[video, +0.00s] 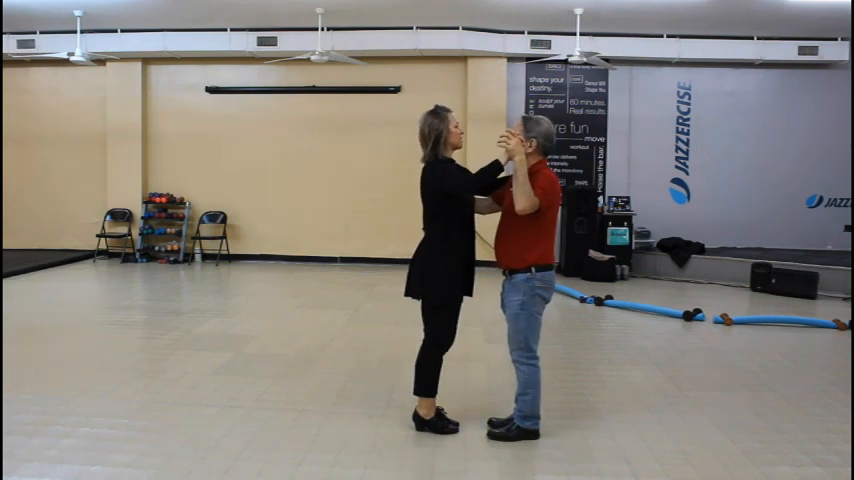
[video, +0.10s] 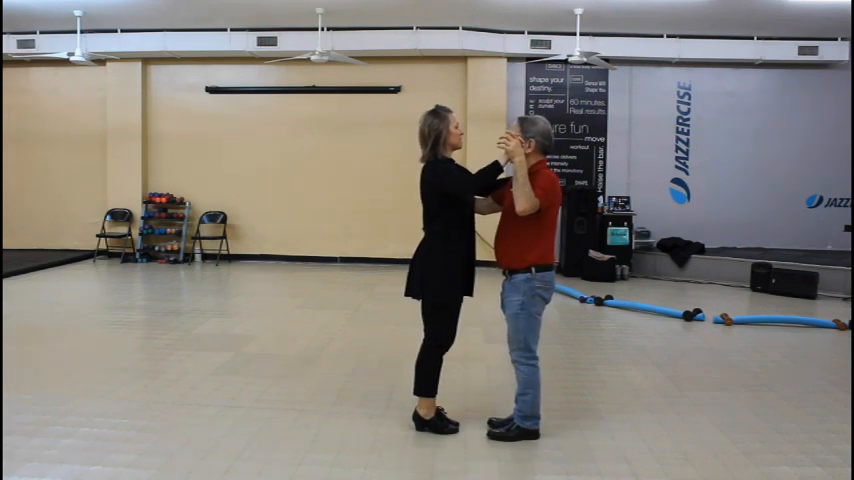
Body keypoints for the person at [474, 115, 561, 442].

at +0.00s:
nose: (509, 139)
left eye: (514, 135)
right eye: (510, 134)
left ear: (530, 144)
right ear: (529, 145)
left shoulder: (545, 178)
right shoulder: (520, 179)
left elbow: (524, 205)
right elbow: (484, 205)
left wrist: (518, 160)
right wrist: (450, 193)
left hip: (532, 277)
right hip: (517, 276)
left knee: (525, 354)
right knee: (520, 353)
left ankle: (527, 423)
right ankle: (522, 416)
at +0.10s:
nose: (508, 143)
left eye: (513, 138)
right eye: (509, 138)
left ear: (529, 145)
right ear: (528, 145)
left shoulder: (546, 178)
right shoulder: (519, 181)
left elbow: (524, 206)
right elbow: (483, 205)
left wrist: (518, 162)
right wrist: (450, 190)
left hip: (532, 277)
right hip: (517, 276)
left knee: (524, 354)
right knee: (520, 353)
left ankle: (527, 423)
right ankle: (522, 416)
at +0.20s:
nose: (506, 145)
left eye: (511, 139)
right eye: (507, 139)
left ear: (528, 145)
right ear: (528, 145)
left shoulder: (546, 178)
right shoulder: (520, 181)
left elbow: (524, 207)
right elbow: (483, 205)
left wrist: (518, 163)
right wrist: (452, 189)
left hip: (532, 277)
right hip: (517, 276)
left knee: (524, 354)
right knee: (519, 353)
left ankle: (527, 423)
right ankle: (522, 416)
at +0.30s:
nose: (505, 146)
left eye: (511, 140)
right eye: (506, 140)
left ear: (527, 145)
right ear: (527, 146)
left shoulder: (545, 178)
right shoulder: (520, 181)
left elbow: (524, 207)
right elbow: (483, 205)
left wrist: (518, 163)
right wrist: (452, 189)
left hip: (532, 277)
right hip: (517, 276)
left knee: (524, 354)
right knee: (519, 353)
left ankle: (527, 423)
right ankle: (522, 416)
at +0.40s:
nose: (505, 145)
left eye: (511, 139)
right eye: (506, 139)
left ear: (527, 145)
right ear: (527, 146)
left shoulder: (545, 178)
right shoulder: (520, 181)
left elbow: (523, 207)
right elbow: (483, 205)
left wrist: (517, 163)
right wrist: (451, 189)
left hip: (532, 277)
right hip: (517, 276)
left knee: (524, 354)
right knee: (519, 353)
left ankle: (527, 423)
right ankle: (522, 416)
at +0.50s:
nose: (507, 142)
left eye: (512, 137)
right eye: (508, 137)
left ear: (527, 144)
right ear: (527, 145)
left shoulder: (544, 176)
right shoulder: (520, 179)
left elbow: (522, 206)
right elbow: (483, 204)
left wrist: (516, 162)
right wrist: (451, 189)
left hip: (531, 277)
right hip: (517, 276)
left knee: (524, 354)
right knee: (519, 353)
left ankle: (527, 422)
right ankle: (522, 416)